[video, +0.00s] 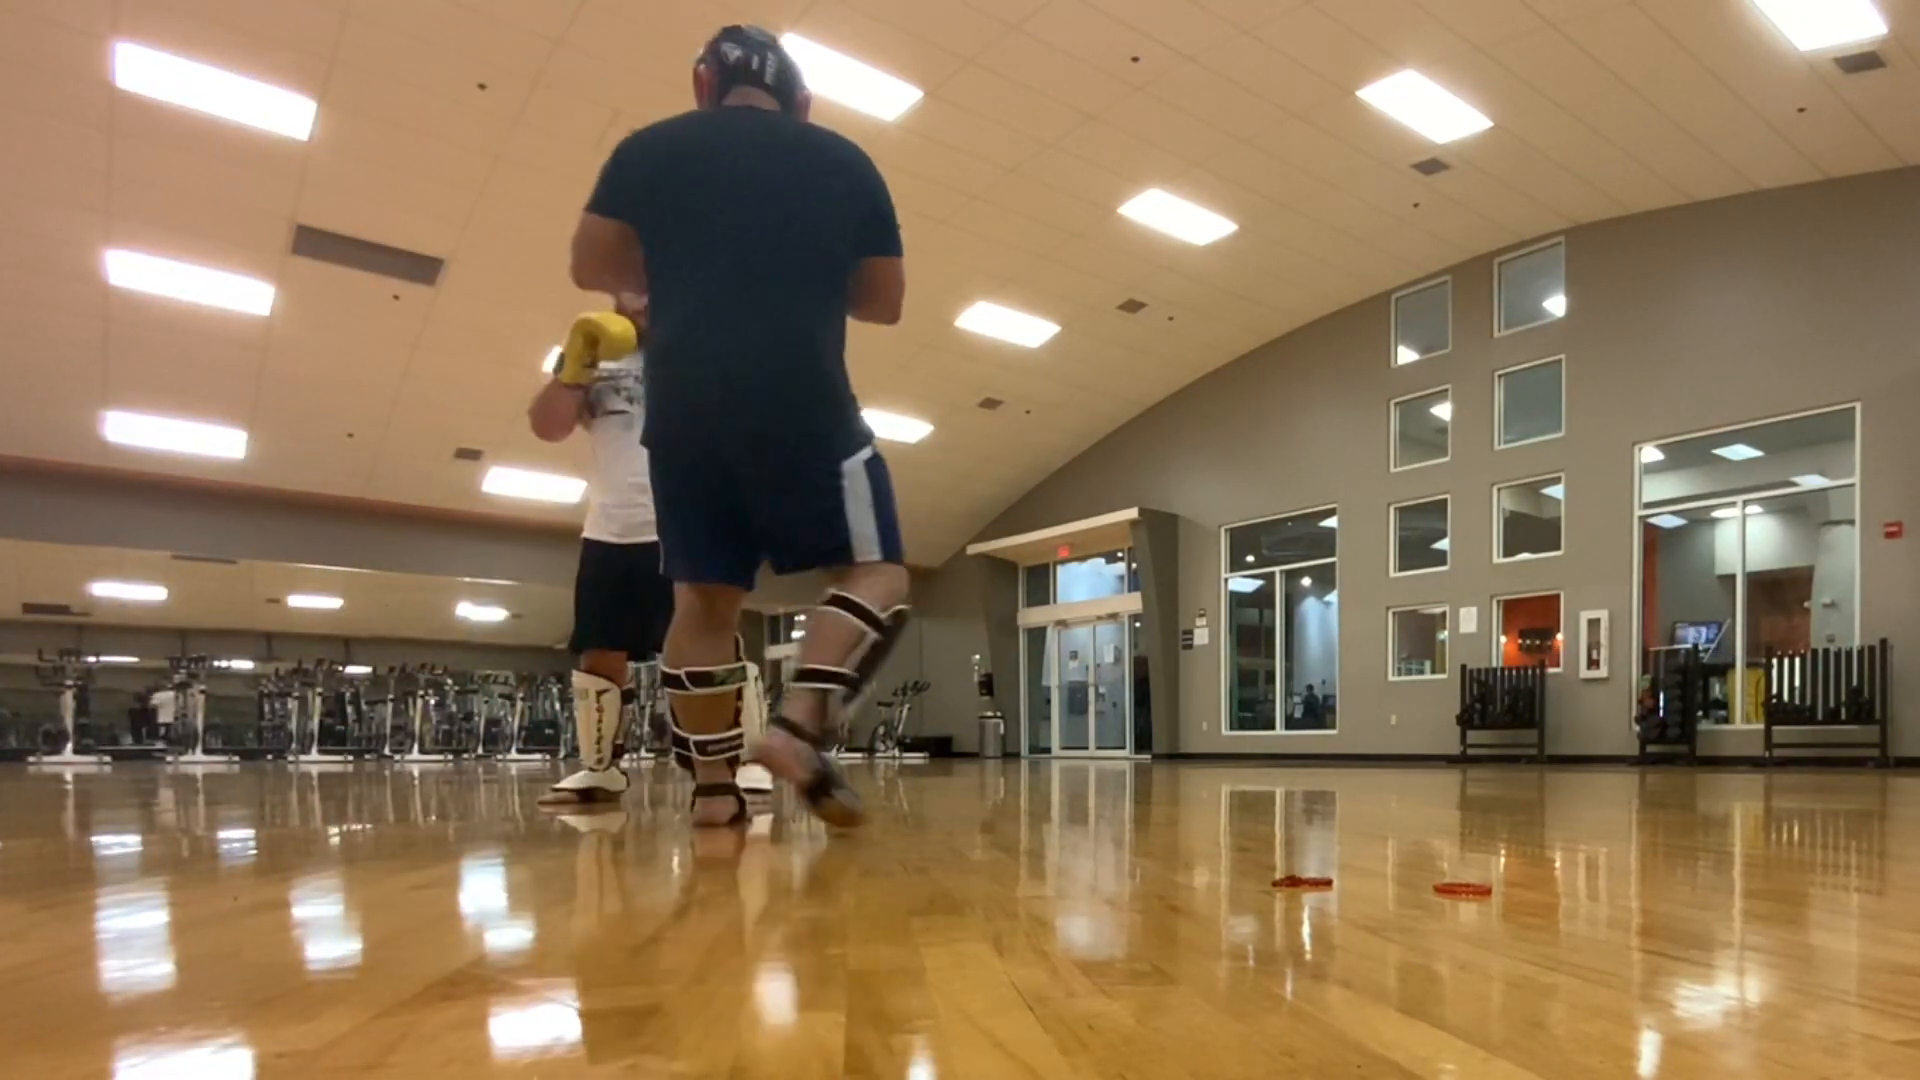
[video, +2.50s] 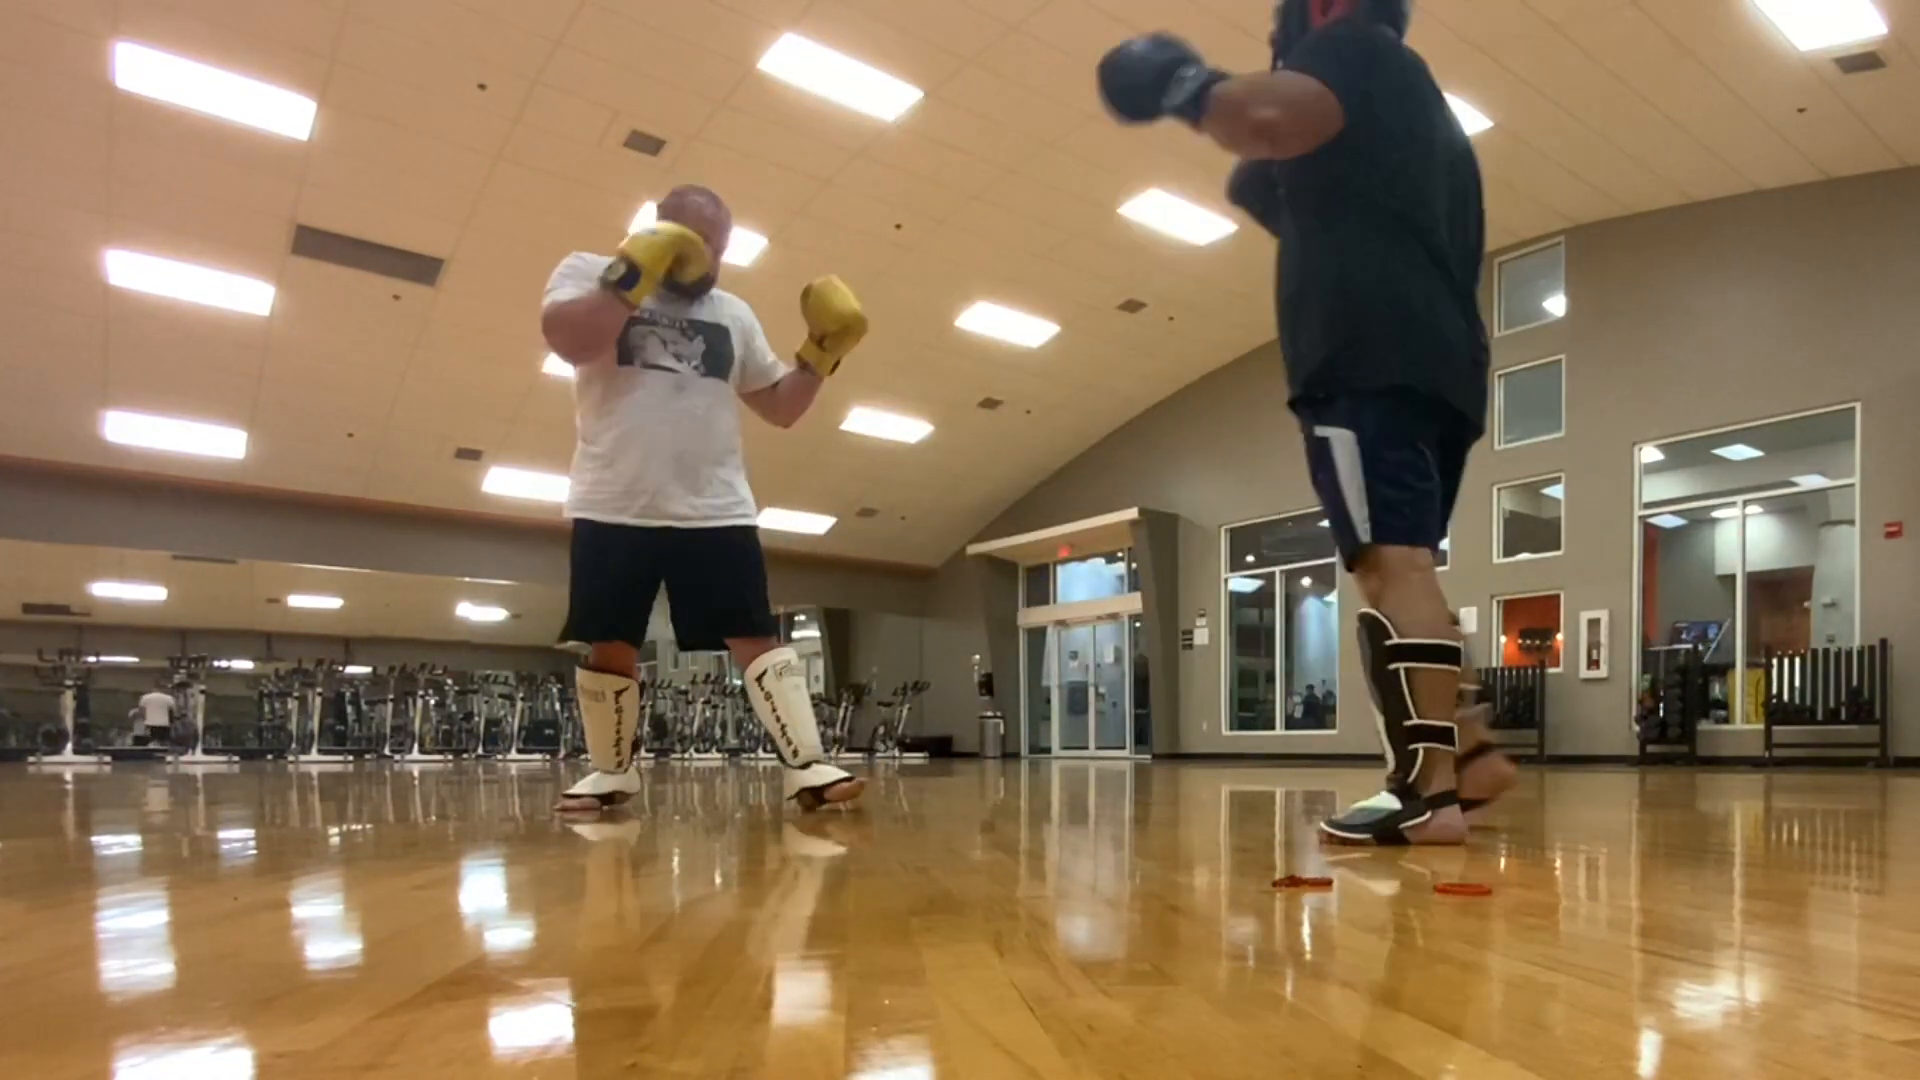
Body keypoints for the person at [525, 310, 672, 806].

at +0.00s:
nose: (639, 309)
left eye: (648, 296)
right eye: (629, 298)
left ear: (668, 299)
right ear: (614, 301)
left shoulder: (691, 352)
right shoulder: (597, 358)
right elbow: (548, 426)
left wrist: (659, 343)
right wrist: (576, 364)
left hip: (684, 526)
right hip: (613, 527)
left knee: (707, 640)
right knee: (599, 651)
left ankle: (734, 761)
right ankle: (599, 768)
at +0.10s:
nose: (641, 302)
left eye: (654, 292)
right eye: (629, 291)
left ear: (671, 299)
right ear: (608, 295)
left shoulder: (691, 350)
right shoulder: (581, 353)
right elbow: (527, 404)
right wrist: (563, 338)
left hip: (681, 522)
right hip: (603, 527)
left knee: (712, 637)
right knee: (599, 654)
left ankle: (746, 752)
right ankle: (599, 769)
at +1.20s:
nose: (637, 279)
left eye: (644, 267)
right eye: (622, 270)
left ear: (655, 271)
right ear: (592, 278)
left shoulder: (689, 328)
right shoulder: (560, 329)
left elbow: (760, 389)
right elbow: (544, 380)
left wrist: (753, 335)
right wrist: (566, 296)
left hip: (693, 499)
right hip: (602, 508)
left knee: (733, 583)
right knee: (566, 638)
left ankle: (757, 726)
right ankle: (576, 775)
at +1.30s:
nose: (630, 288)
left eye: (637, 276)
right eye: (616, 278)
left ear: (648, 279)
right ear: (585, 286)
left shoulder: (675, 333)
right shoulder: (551, 338)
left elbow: (751, 414)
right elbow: (539, 392)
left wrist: (741, 364)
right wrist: (564, 308)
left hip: (682, 487)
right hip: (607, 512)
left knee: (719, 472)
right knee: (572, 643)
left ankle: (665, 620)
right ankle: (578, 777)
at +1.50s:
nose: (642, 260)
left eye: (650, 250)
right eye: (623, 251)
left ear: (663, 259)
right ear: (594, 266)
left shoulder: (698, 319)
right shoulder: (567, 333)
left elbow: (788, 386)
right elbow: (492, 378)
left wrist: (780, 338)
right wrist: (532, 303)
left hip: (703, 473)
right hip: (623, 504)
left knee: (721, 526)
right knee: (585, 617)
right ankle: (580, 775)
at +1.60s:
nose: (663, 256)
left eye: (672, 245)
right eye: (645, 246)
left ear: (686, 254)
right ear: (616, 258)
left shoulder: (715, 305)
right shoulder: (590, 326)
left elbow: (808, 317)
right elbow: (513, 369)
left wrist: (787, 270)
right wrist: (552, 297)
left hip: (714, 492)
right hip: (633, 509)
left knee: (749, 605)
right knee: (595, 629)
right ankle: (579, 775)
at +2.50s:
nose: (705, 258)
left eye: (716, 247)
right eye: (693, 241)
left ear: (724, 250)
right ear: (660, 228)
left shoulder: (732, 314)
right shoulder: (591, 273)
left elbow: (780, 406)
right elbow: (571, 343)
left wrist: (820, 356)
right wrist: (635, 273)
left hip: (716, 504)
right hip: (615, 501)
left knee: (751, 632)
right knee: (609, 644)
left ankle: (807, 763)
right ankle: (612, 773)